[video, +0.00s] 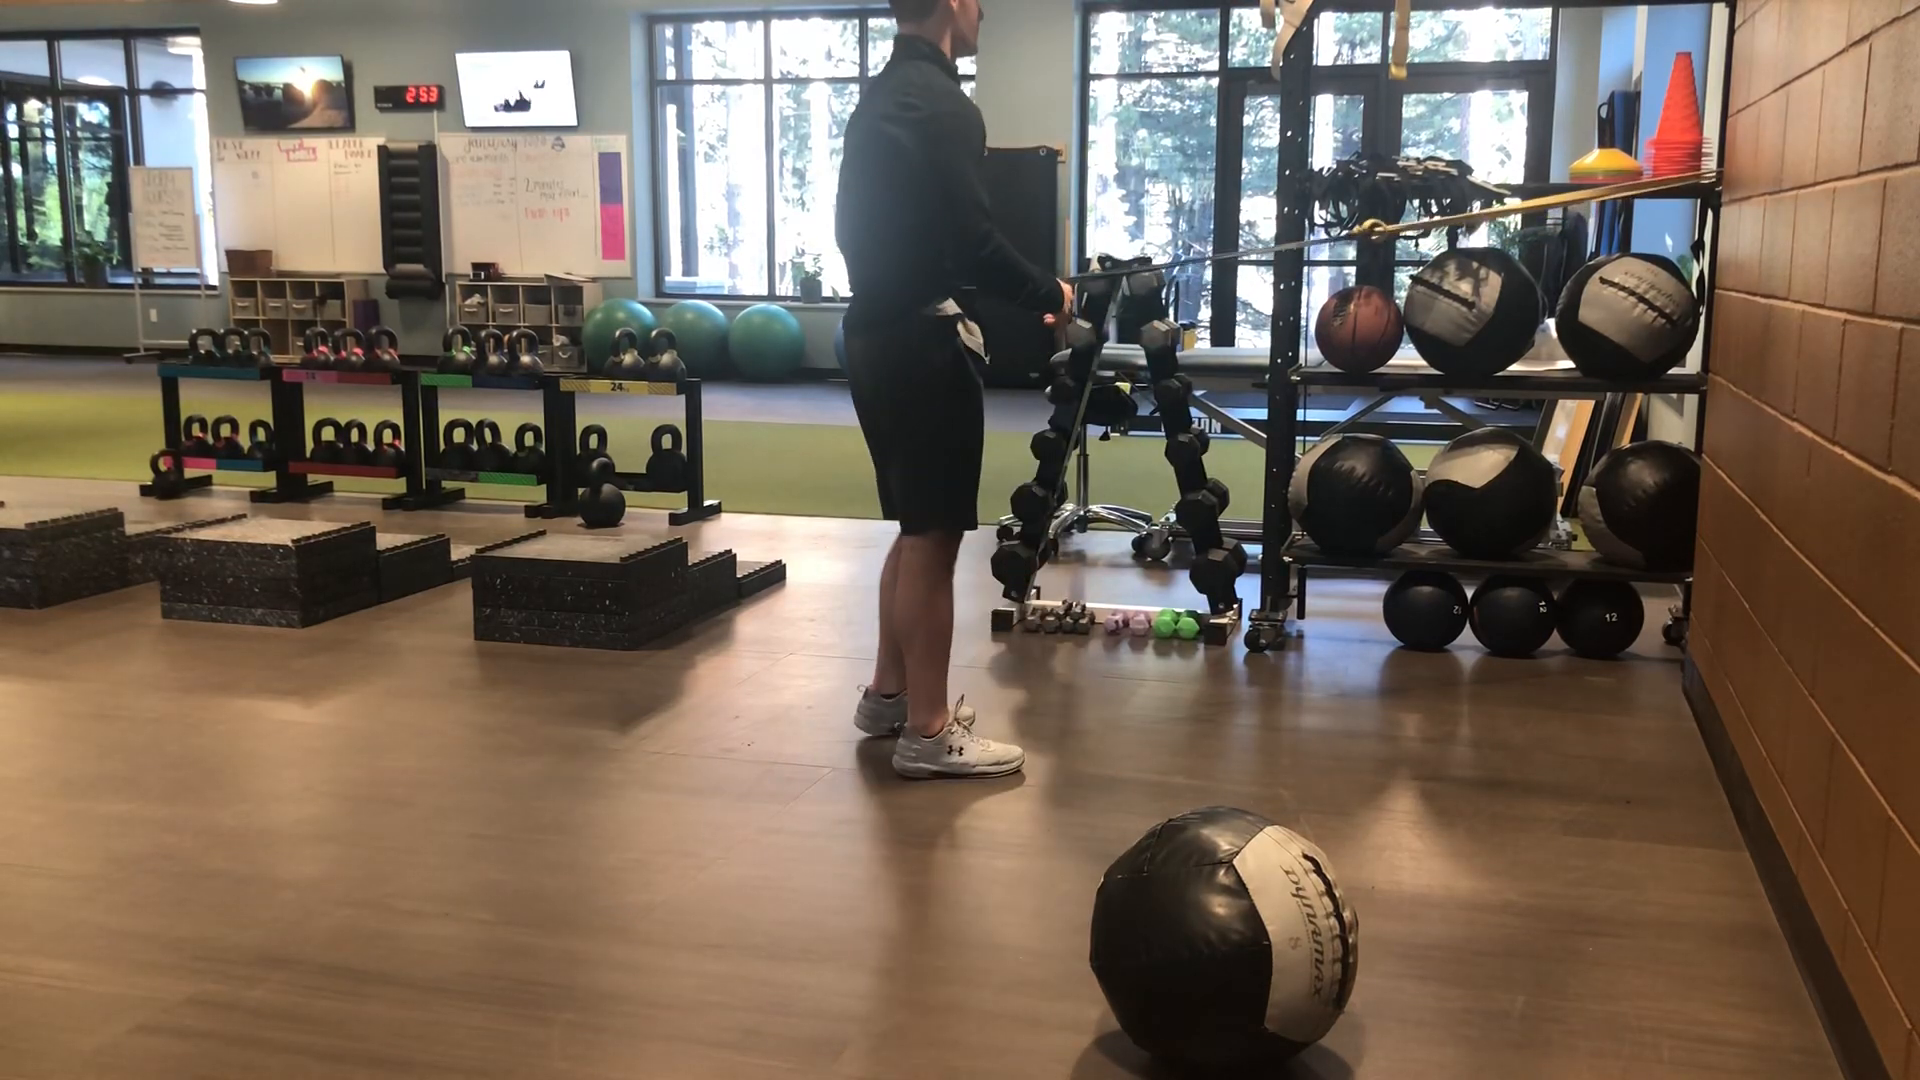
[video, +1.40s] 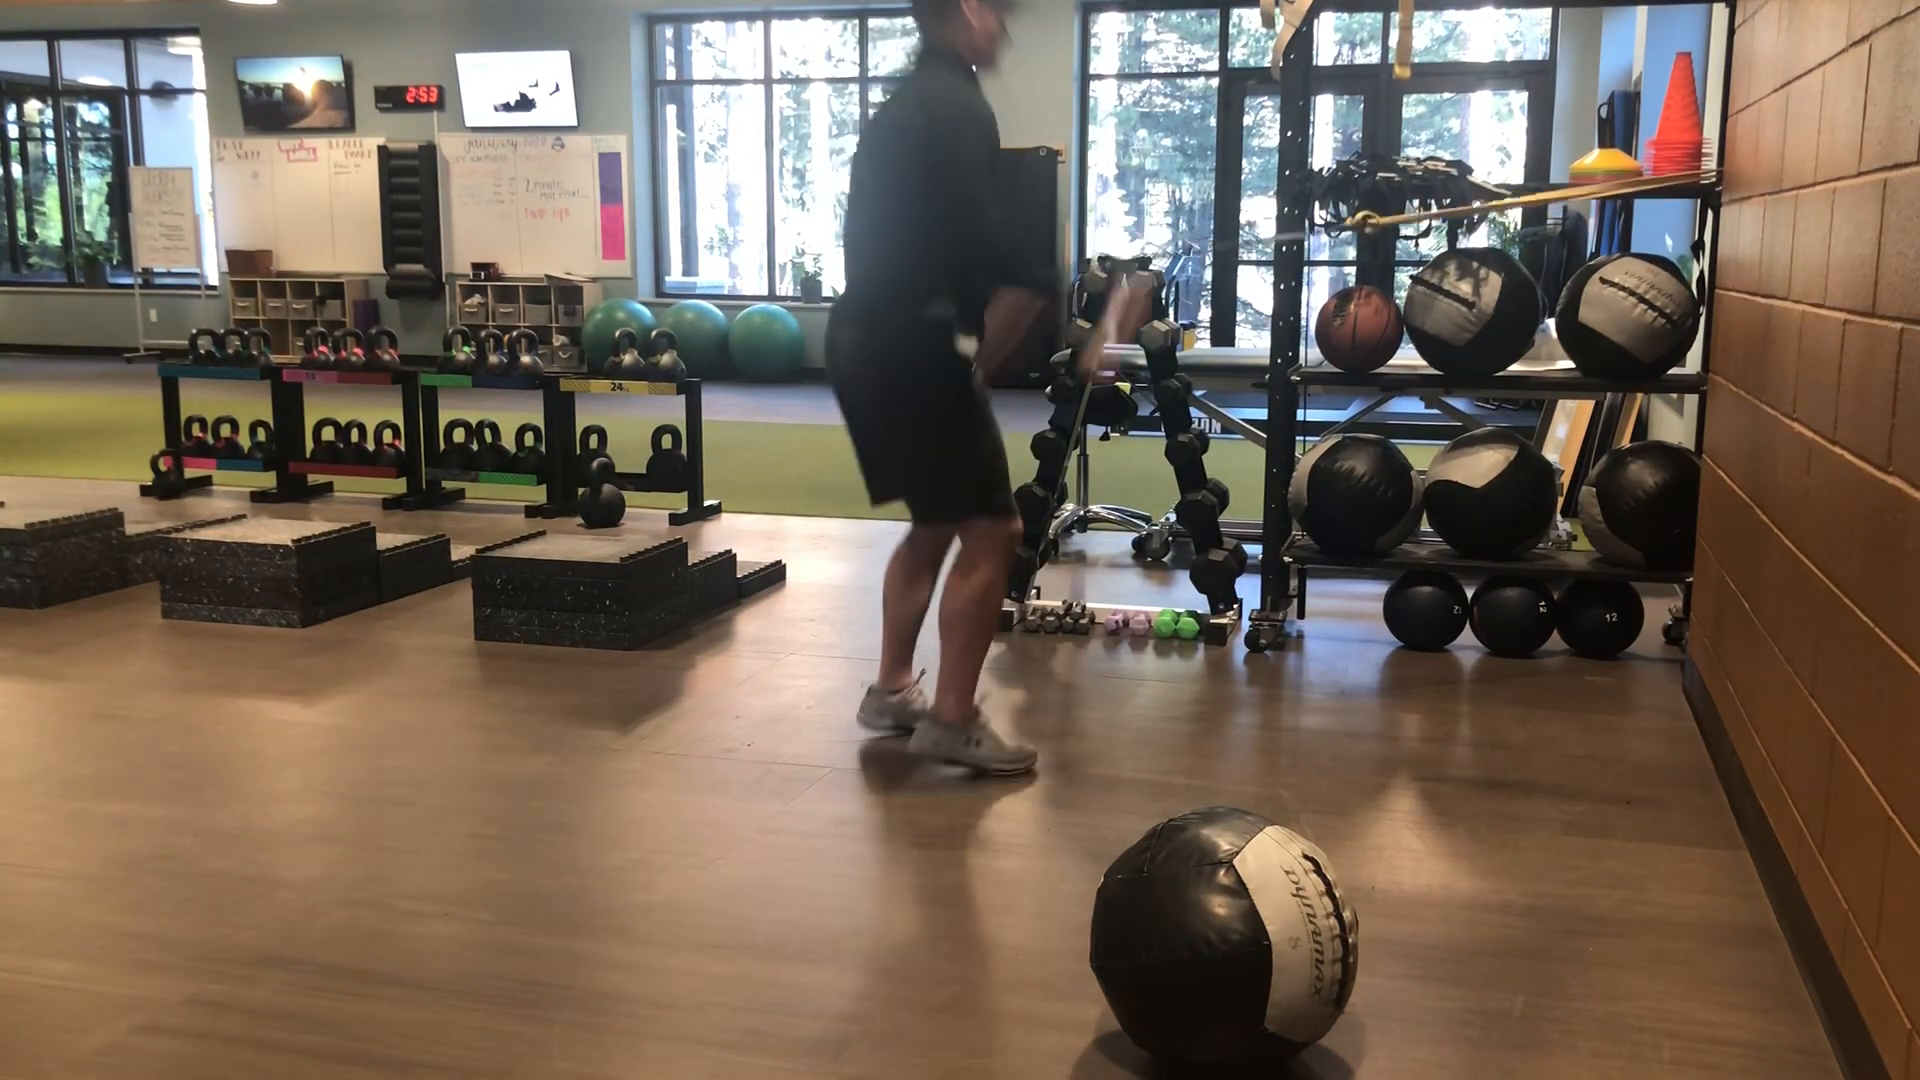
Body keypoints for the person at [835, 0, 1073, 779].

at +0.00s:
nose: (981, 21)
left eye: (978, 9)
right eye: (977, 9)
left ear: (913, 16)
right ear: (954, 11)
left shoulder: (878, 101)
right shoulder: (945, 106)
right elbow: (967, 236)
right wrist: (1051, 293)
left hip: (874, 335)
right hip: (925, 338)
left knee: (918, 526)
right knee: (937, 532)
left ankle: (889, 695)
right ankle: (929, 730)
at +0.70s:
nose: (948, 12)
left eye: (944, 2)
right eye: (941, 2)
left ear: (882, 15)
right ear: (912, 9)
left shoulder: (855, 97)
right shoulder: (926, 104)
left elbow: (951, 174)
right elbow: (1010, 198)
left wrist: (1044, 172)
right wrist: (1106, 189)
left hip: (859, 341)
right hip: (916, 345)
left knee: (898, 525)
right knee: (939, 539)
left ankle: (884, 699)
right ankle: (929, 733)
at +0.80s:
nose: (953, 13)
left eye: (950, 3)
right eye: (946, 2)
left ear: (884, 14)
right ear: (914, 7)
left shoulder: (861, 92)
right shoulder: (929, 91)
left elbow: (988, 114)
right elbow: (1050, 119)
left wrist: (1054, 61)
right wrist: (1114, 63)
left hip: (871, 336)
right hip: (929, 340)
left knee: (902, 524)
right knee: (946, 538)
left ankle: (885, 699)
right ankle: (931, 732)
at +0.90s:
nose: (955, 12)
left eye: (951, 2)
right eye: (948, 1)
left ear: (882, 10)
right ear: (916, 4)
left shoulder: (866, 81)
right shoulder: (932, 82)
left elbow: (990, 64)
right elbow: (1072, 62)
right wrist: (1094, 1)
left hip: (874, 333)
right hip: (933, 336)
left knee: (907, 520)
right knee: (951, 536)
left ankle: (889, 693)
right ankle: (934, 725)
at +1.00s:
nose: (965, 19)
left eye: (965, 10)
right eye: (960, 8)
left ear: (887, 11)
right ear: (931, 4)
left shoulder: (861, 75)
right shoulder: (931, 57)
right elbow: (1043, 15)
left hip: (878, 314)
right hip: (939, 313)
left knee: (915, 506)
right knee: (961, 515)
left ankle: (902, 669)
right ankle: (950, 706)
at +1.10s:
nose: (966, 12)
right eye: (960, 6)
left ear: (887, 5)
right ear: (935, 1)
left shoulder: (867, 55)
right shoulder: (942, 39)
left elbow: (870, 195)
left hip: (884, 297)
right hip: (946, 297)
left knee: (919, 490)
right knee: (968, 510)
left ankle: (916, 657)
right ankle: (968, 695)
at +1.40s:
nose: (1002, 30)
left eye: (1000, 16)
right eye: (994, 14)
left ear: (940, 19)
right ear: (963, 13)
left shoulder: (901, 103)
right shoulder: (956, 103)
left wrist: (984, 296)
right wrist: (1015, 292)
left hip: (864, 337)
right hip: (911, 340)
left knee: (933, 521)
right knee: (991, 531)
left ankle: (891, 690)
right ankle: (952, 719)